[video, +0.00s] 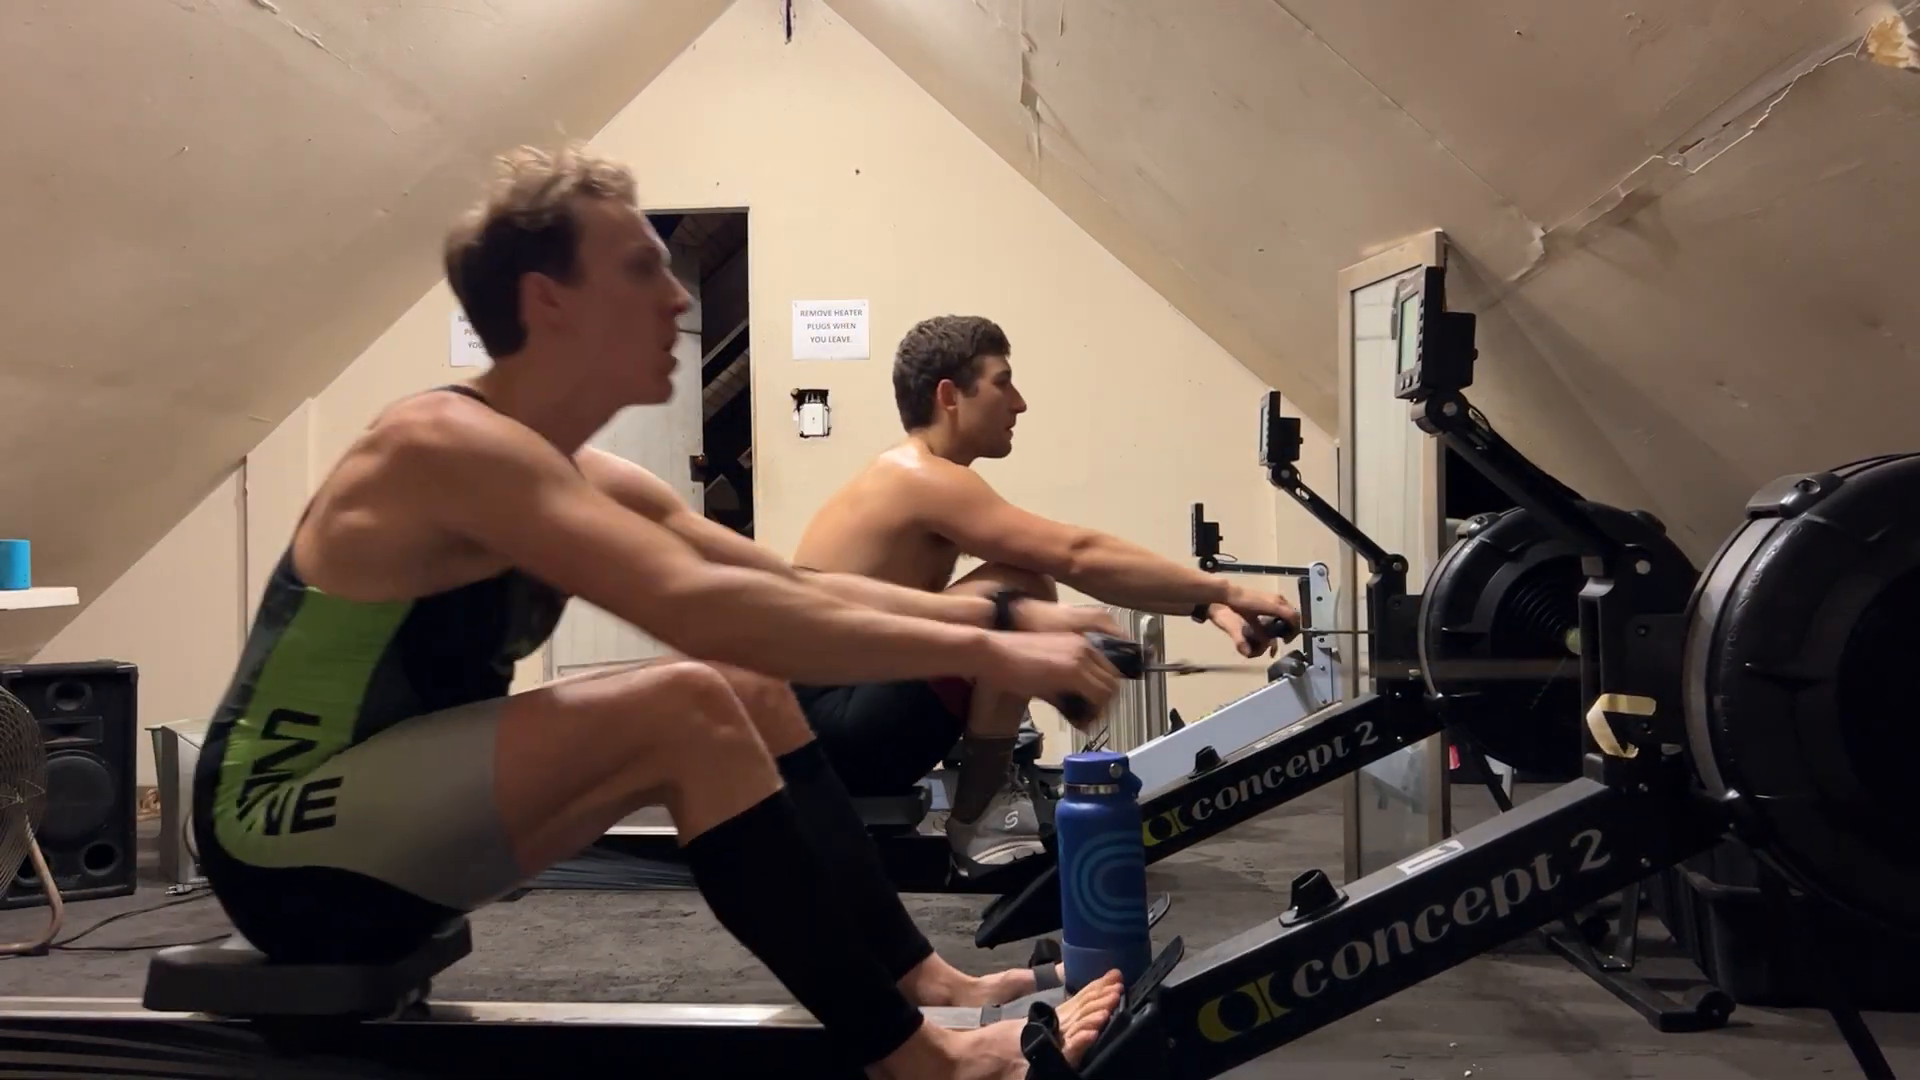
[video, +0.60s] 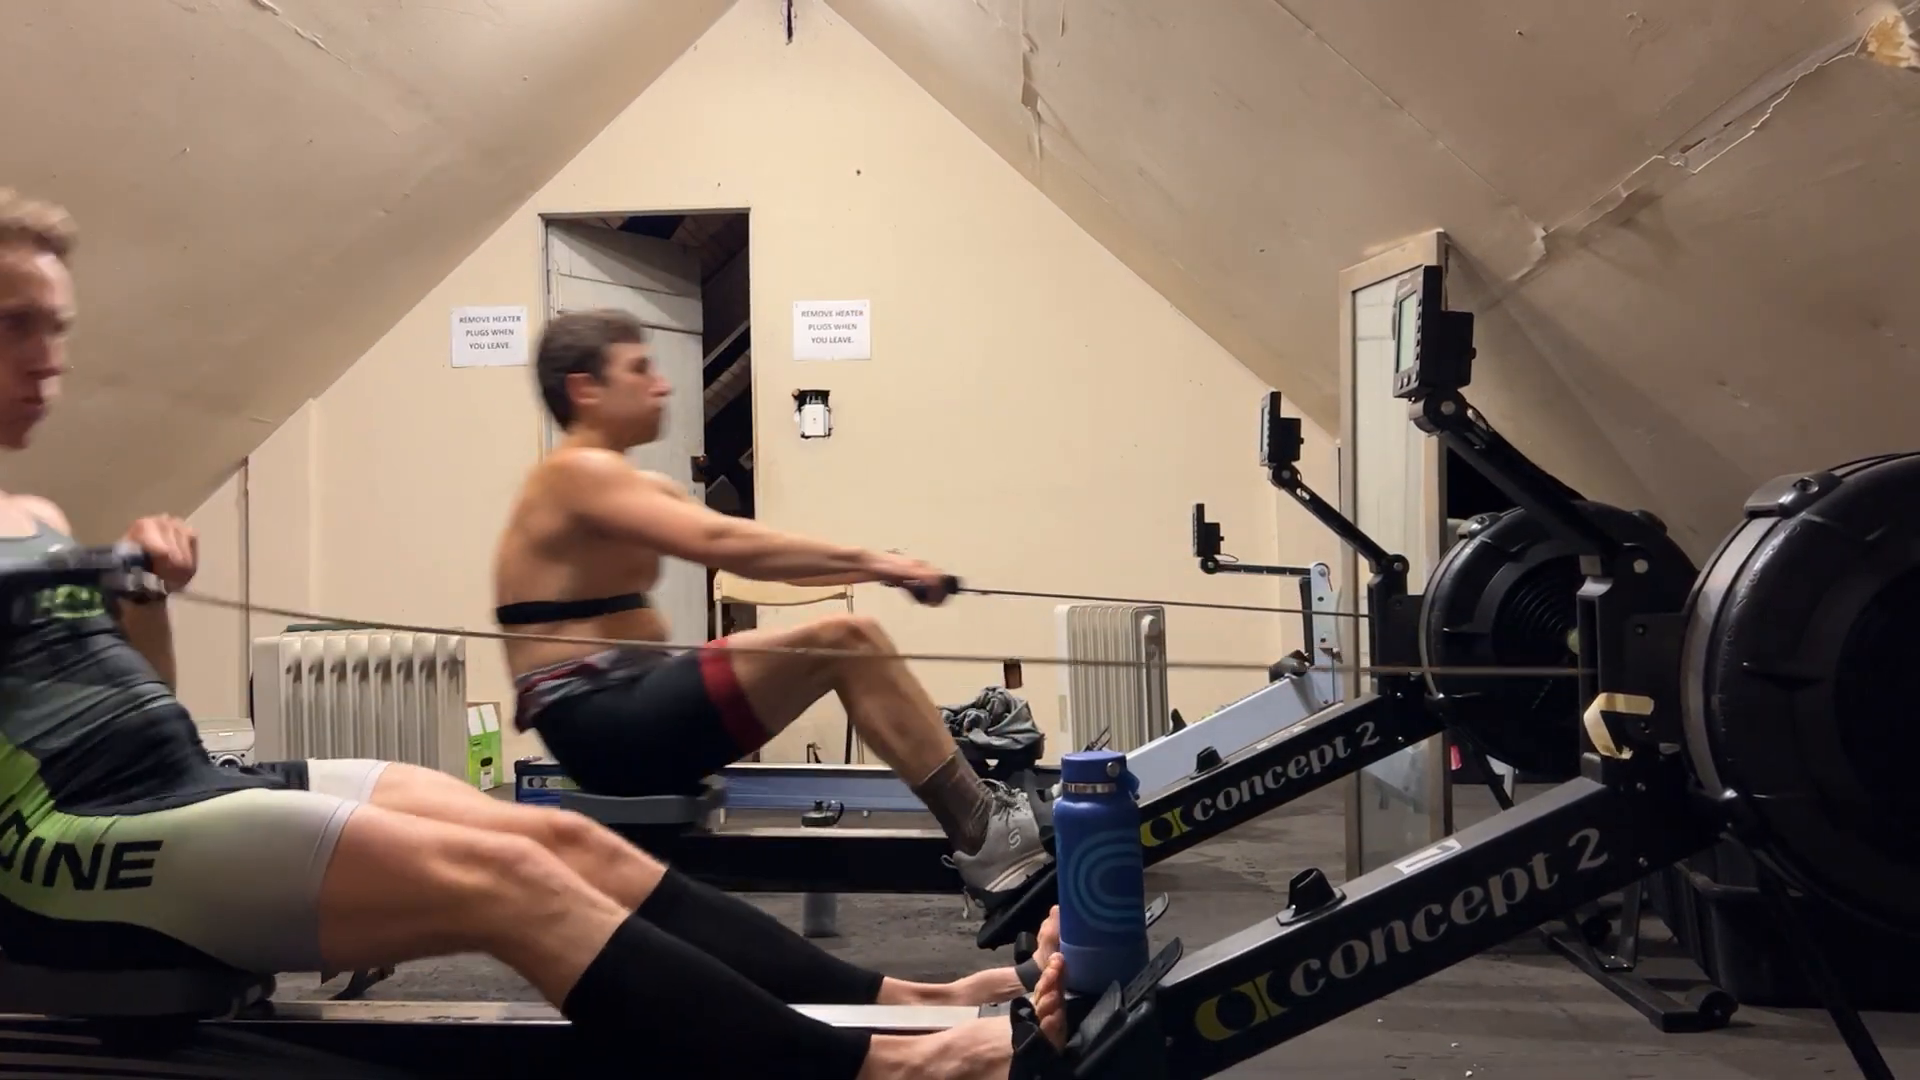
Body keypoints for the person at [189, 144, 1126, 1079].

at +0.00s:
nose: (680, 299)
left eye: (665, 269)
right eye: (645, 272)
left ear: (556, 306)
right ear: (547, 302)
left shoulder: (592, 480)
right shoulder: (449, 445)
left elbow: (784, 587)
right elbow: (702, 613)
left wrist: (977, 617)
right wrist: (984, 652)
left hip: (377, 806)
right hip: (293, 832)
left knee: (748, 686)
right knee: (686, 713)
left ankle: (919, 988)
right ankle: (902, 1055)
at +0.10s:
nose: (563, 264)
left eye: (550, 236)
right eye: (528, 239)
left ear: (459, 268)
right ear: (426, 267)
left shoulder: (504, 453)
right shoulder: (348, 425)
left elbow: (665, 608)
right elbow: (531, 641)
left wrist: (868, 615)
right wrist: (824, 634)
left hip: (357, 800)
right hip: (248, 823)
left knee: (724, 702)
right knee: (657, 744)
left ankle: (918, 991)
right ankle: (896, 1055)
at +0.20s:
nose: (387, 245)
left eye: (382, 217)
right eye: (352, 218)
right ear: (244, 234)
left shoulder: (367, 431)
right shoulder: (188, 415)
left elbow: (518, 605)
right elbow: (351, 649)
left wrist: (715, 595)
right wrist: (630, 628)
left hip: (316, 766)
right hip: (189, 803)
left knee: (677, 739)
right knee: (612, 780)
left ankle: (923, 998)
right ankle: (896, 1059)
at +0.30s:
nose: (203, 267)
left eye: (202, 237)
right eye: (169, 237)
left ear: (196, 240)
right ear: (55, 251)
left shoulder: (211, 432)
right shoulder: (21, 430)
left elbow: (360, 602)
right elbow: (154, 650)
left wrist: (520, 602)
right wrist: (446, 614)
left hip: (252, 765)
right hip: (127, 807)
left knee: (626, 792)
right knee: (564, 838)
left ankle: (926, 1005)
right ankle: (904, 1061)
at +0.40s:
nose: (54, 322)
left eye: (59, 296)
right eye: (30, 298)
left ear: (66, 303)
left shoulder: (80, 478)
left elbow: (236, 644)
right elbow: (13, 700)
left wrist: (378, 609)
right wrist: (205, 632)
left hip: (199, 777)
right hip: (78, 815)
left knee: (579, 846)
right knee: (512, 891)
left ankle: (924, 1010)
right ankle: (895, 1063)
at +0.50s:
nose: (14, 323)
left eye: (12, 296)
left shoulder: (30, 531)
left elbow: (153, 690)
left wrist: (244, 629)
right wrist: (71, 641)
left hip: (161, 780)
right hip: (64, 821)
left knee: (563, 858)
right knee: (505, 901)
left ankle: (945, 1010)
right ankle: (898, 1070)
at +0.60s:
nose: (46, 360)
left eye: (53, 331)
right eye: (26, 329)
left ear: (60, 340)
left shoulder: (37, 517)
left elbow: (142, 712)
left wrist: (139, 595)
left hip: (187, 788)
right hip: (74, 834)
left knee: (560, 838)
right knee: (505, 875)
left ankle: (904, 1003)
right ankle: (870, 1060)